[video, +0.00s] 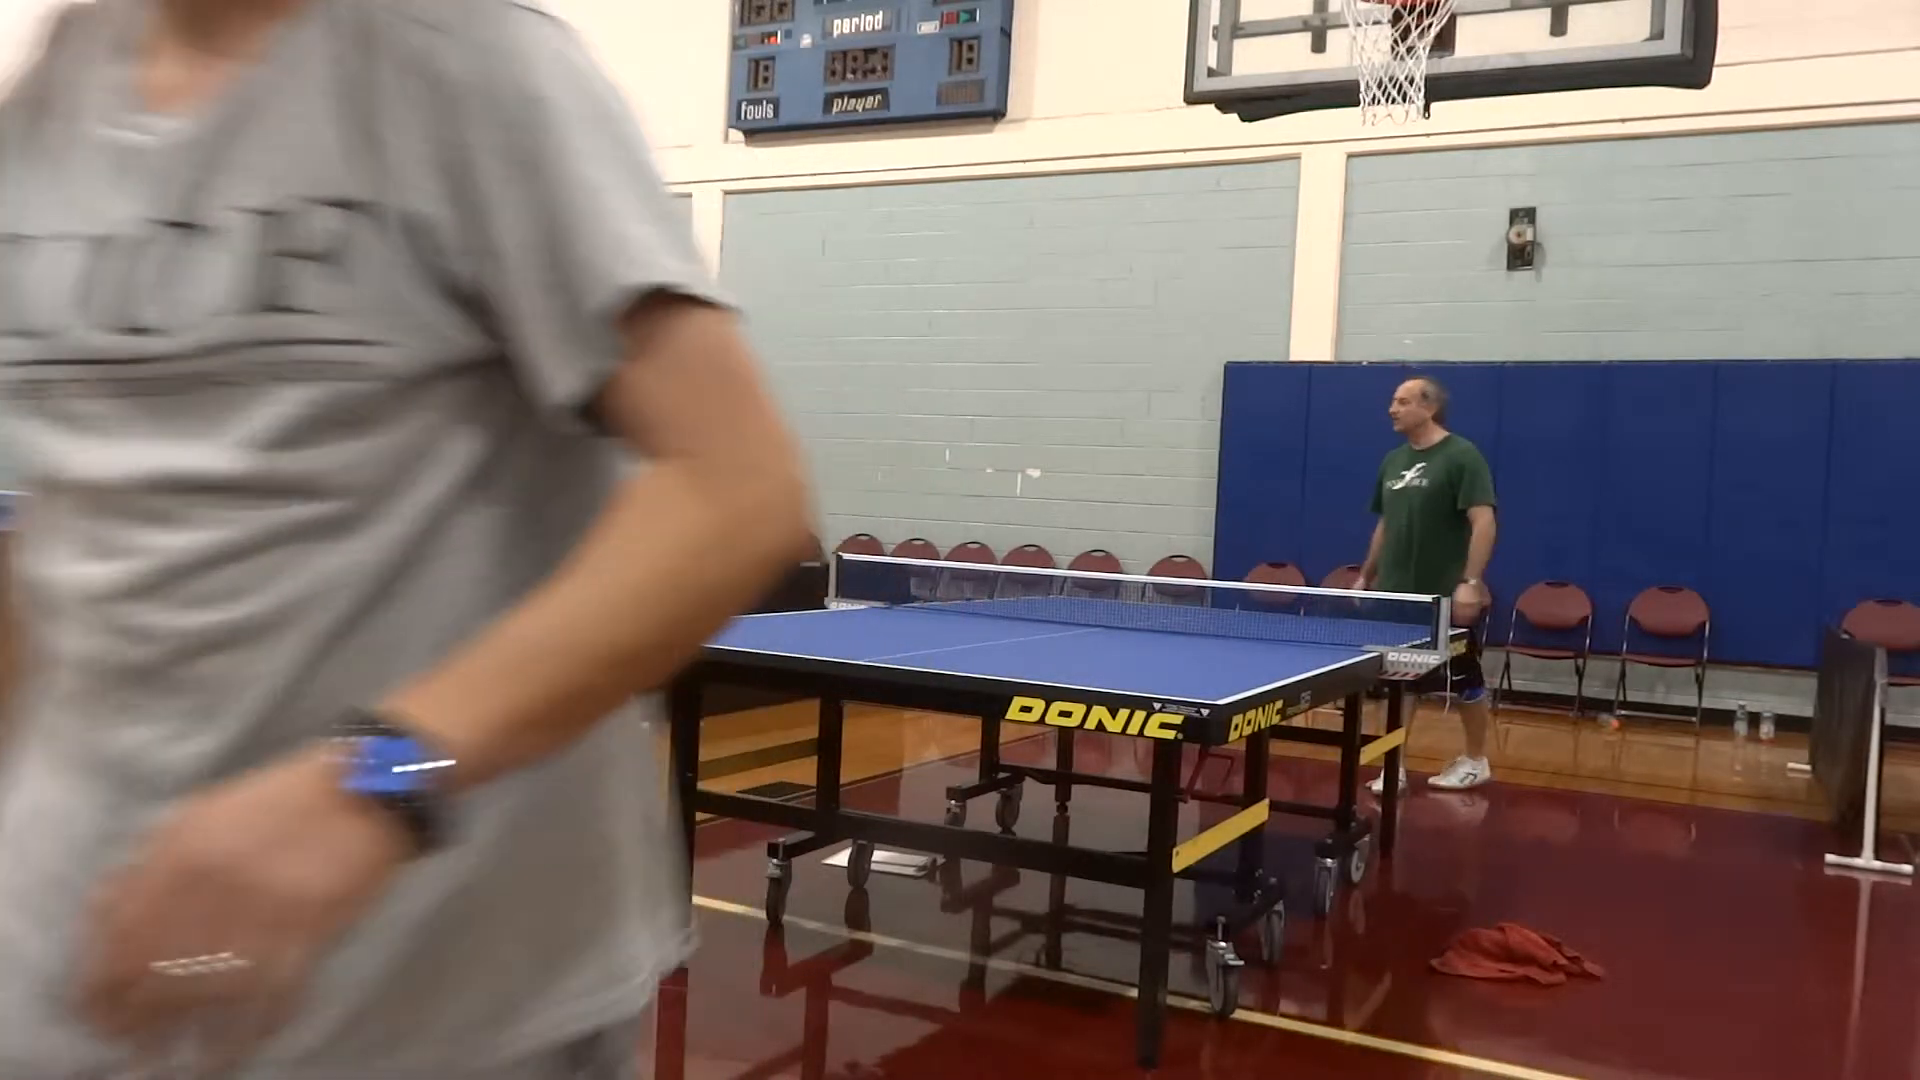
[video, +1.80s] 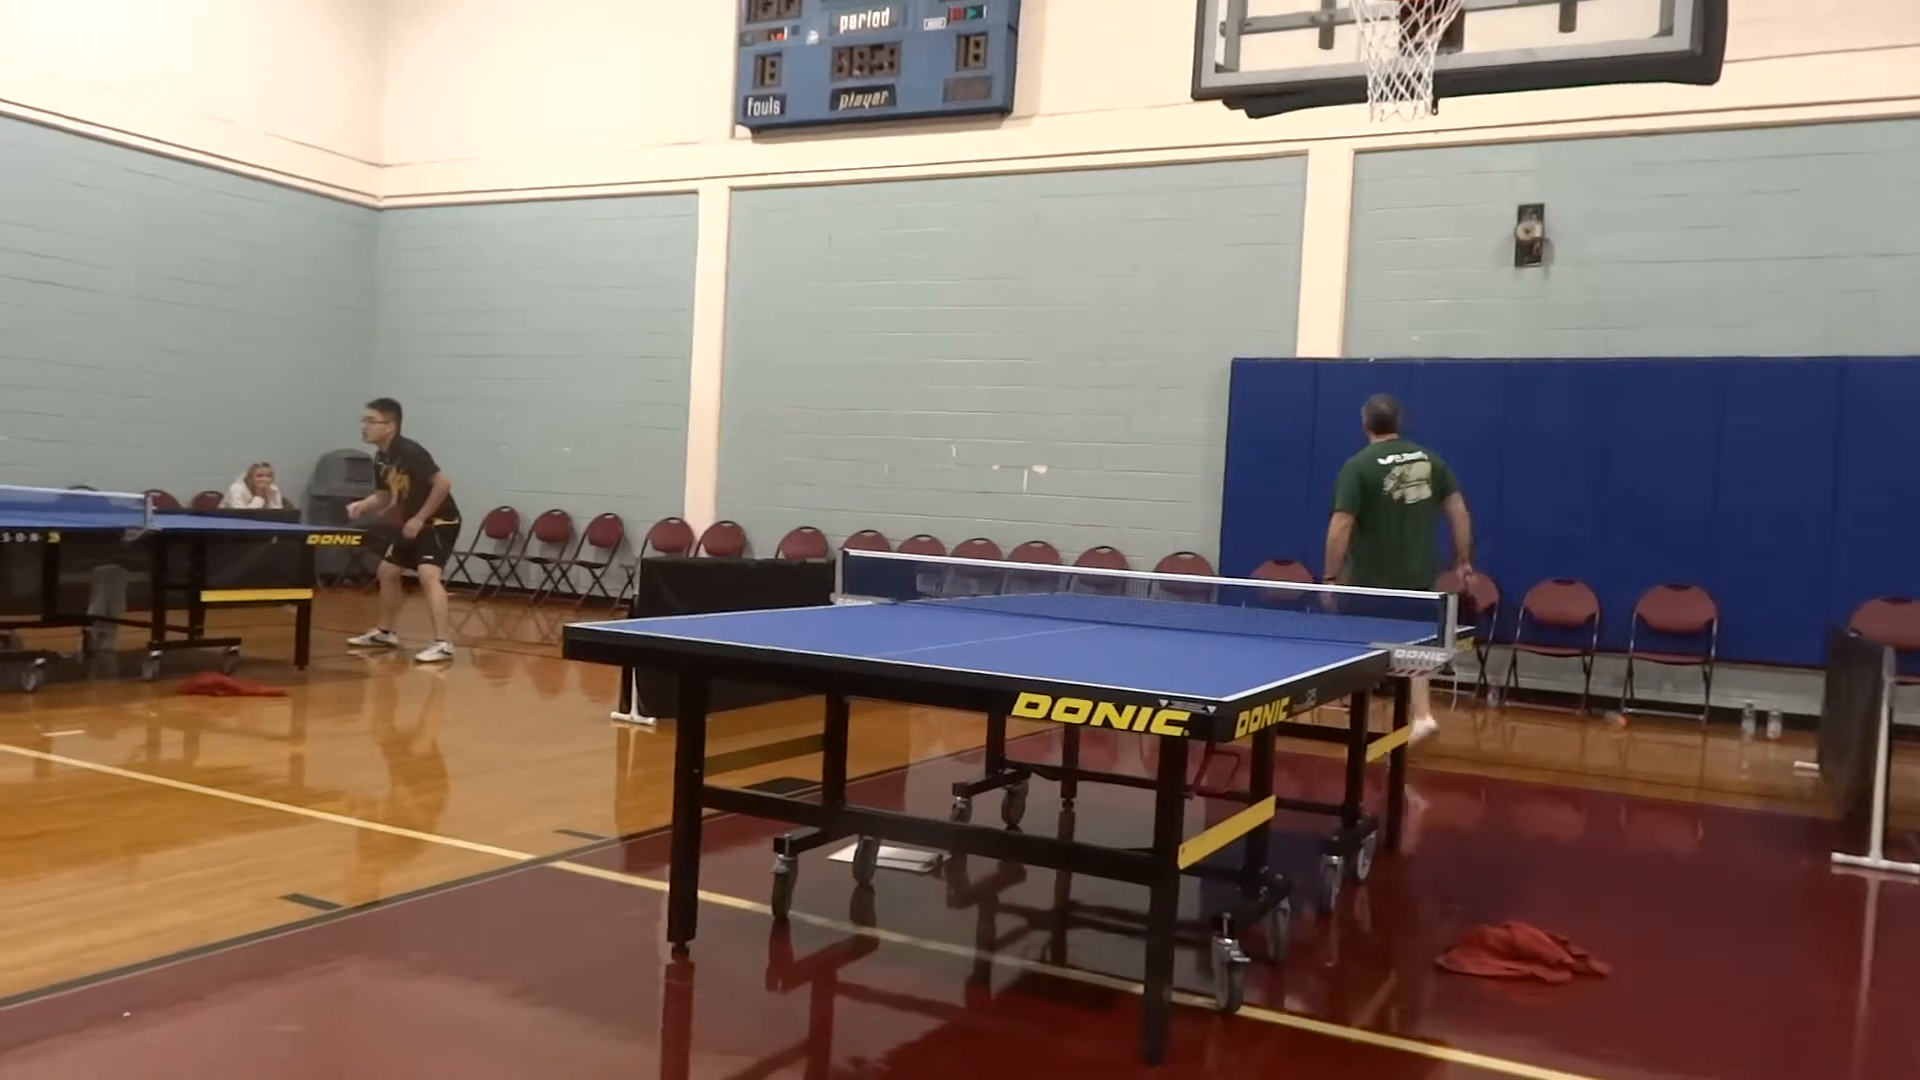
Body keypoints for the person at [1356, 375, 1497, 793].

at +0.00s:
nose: (1393, 409)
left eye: (1403, 402)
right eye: (1394, 402)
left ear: (1429, 409)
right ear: (1401, 409)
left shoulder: (1462, 456)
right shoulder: (1394, 459)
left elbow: (1484, 523)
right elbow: (1386, 525)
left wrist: (1472, 582)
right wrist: (1365, 574)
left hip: (1446, 600)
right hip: (1395, 598)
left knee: (1467, 684)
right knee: (1399, 686)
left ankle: (1476, 760)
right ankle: (1393, 767)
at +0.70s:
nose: (1412, 412)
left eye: (1420, 406)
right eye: (1415, 404)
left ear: (1441, 416)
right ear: (1439, 416)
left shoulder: (1462, 463)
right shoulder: (1432, 459)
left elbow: (1475, 531)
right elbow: (1428, 528)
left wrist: (1482, 594)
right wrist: (1415, 585)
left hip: (1452, 595)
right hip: (1421, 591)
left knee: (1467, 677)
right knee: (1424, 672)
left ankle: (1476, 763)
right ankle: (1423, 746)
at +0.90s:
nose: (1407, 415)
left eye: (1412, 409)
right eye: (1410, 408)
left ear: (1427, 417)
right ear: (1437, 418)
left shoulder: (1444, 460)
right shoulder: (1440, 457)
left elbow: (1445, 526)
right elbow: (1445, 527)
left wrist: (1432, 583)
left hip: (1433, 592)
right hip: (1419, 591)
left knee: (1447, 673)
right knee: (1423, 672)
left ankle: (1464, 753)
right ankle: (1425, 747)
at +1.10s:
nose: (1399, 424)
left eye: (1402, 418)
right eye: (1402, 417)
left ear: (1410, 422)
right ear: (1436, 424)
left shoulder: (1427, 462)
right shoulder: (1451, 460)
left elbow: (1415, 521)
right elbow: (1443, 523)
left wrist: (1374, 565)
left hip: (1416, 584)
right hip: (1438, 582)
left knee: (1403, 660)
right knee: (1426, 665)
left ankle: (1430, 735)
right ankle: (1425, 745)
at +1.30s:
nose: (1391, 427)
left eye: (1393, 422)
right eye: (1395, 421)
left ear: (1398, 425)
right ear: (1428, 426)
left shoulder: (1401, 460)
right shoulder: (1448, 462)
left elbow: (1387, 517)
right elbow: (1442, 526)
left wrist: (1354, 562)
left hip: (1398, 585)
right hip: (1437, 585)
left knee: (1368, 663)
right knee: (1428, 667)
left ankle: (1369, 745)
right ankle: (1424, 745)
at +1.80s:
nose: (1365, 425)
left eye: (1364, 421)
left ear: (1365, 425)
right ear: (1398, 423)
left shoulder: (1357, 467)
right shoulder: (1429, 459)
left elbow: (1341, 524)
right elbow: (1457, 509)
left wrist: (1328, 578)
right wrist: (1464, 560)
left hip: (1371, 580)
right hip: (1420, 578)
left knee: (1354, 643)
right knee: (1416, 647)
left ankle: (1357, 722)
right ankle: (1421, 715)